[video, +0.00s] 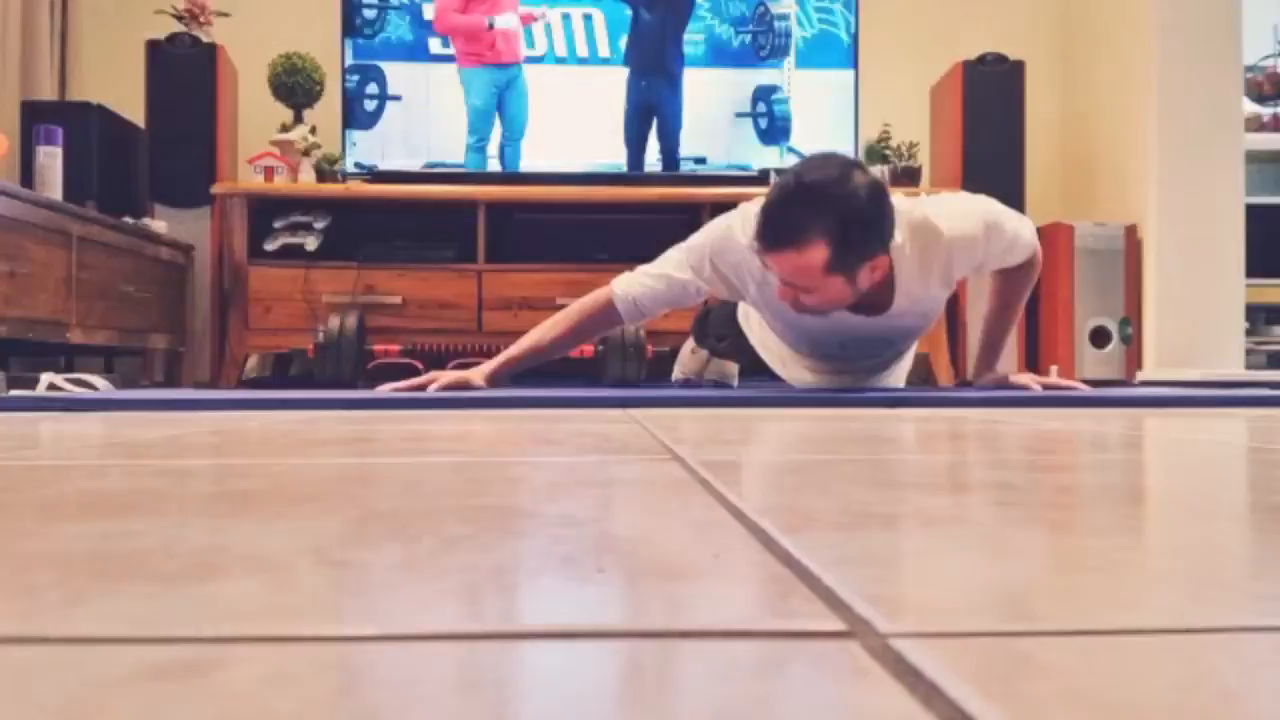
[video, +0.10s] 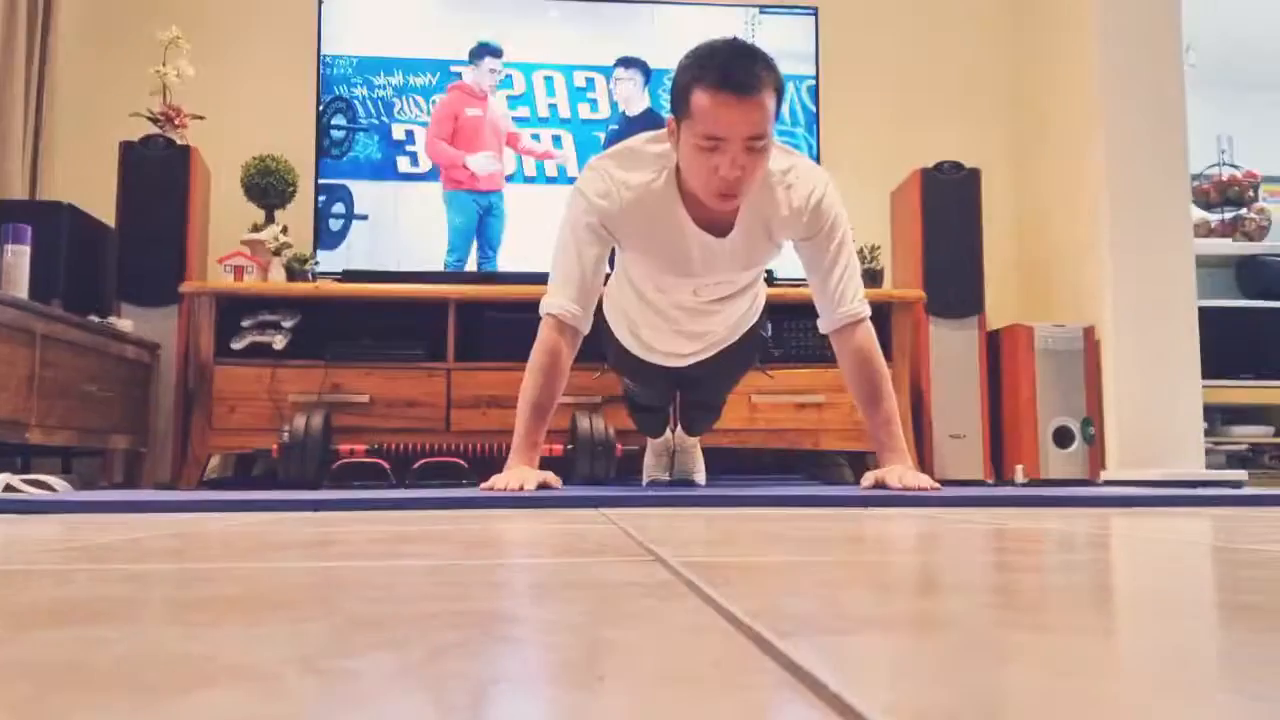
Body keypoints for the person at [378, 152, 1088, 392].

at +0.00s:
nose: (791, 294)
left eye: (808, 284)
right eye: (780, 279)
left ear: (870, 257)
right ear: (769, 247)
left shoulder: (945, 230)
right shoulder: (738, 246)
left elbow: (1024, 246)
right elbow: (614, 304)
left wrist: (986, 371)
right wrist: (491, 369)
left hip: (877, 388)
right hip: (750, 376)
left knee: (872, 517)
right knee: (721, 506)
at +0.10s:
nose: (733, 170)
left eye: (753, 145)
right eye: (712, 145)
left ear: (773, 133)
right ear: (673, 130)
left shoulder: (801, 191)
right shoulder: (609, 187)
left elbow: (849, 327)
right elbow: (559, 327)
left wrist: (894, 460)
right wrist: (521, 460)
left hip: (732, 328)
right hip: (638, 328)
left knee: (704, 407)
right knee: (649, 404)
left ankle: (689, 442)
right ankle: (657, 445)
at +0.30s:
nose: (733, 171)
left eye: (753, 147)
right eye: (711, 146)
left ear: (772, 134)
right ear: (673, 130)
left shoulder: (802, 192)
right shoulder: (608, 187)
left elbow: (850, 328)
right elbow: (558, 328)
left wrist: (895, 460)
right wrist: (521, 460)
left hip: (732, 332)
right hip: (638, 331)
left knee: (702, 408)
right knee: (650, 406)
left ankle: (686, 441)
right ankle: (656, 444)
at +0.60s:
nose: (731, 173)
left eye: (752, 150)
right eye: (710, 150)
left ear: (771, 135)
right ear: (671, 130)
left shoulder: (800, 194)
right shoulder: (606, 187)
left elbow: (848, 328)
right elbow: (557, 327)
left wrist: (895, 459)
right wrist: (521, 460)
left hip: (730, 335)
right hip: (637, 335)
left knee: (702, 410)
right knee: (649, 409)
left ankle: (687, 443)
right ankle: (657, 446)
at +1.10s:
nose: (732, 263)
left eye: (752, 241)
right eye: (712, 240)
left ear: (776, 218)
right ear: (673, 216)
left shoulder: (814, 244)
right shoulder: (607, 234)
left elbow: (906, 339)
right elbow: (507, 339)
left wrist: (903, 460)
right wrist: (513, 461)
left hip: (731, 385)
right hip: (635, 384)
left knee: (701, 428)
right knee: (650, 429)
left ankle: (686, 445)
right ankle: (661, 448)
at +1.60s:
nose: (745, 321)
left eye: (764, 299)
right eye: (725, 299)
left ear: (787, 282)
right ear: (684, 278)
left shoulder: (819, 289)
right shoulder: (619, 285)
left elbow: (915, 350)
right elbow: (504, 347)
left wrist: (901, 461)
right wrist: (516, 464)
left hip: (744, 432)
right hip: (641, 434)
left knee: (744, 557)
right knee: (636, 557)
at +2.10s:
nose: (761, 362)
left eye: (782, 341)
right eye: (742, 339)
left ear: (810, 318)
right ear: (701, 311)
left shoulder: (841, 314)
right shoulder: (633, 311)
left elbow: (955, 340)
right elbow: (485, 337)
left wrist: (973, 460)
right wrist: (453, 459)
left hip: (745, 461)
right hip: (629, 455)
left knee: (742, 579)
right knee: (611, 571)